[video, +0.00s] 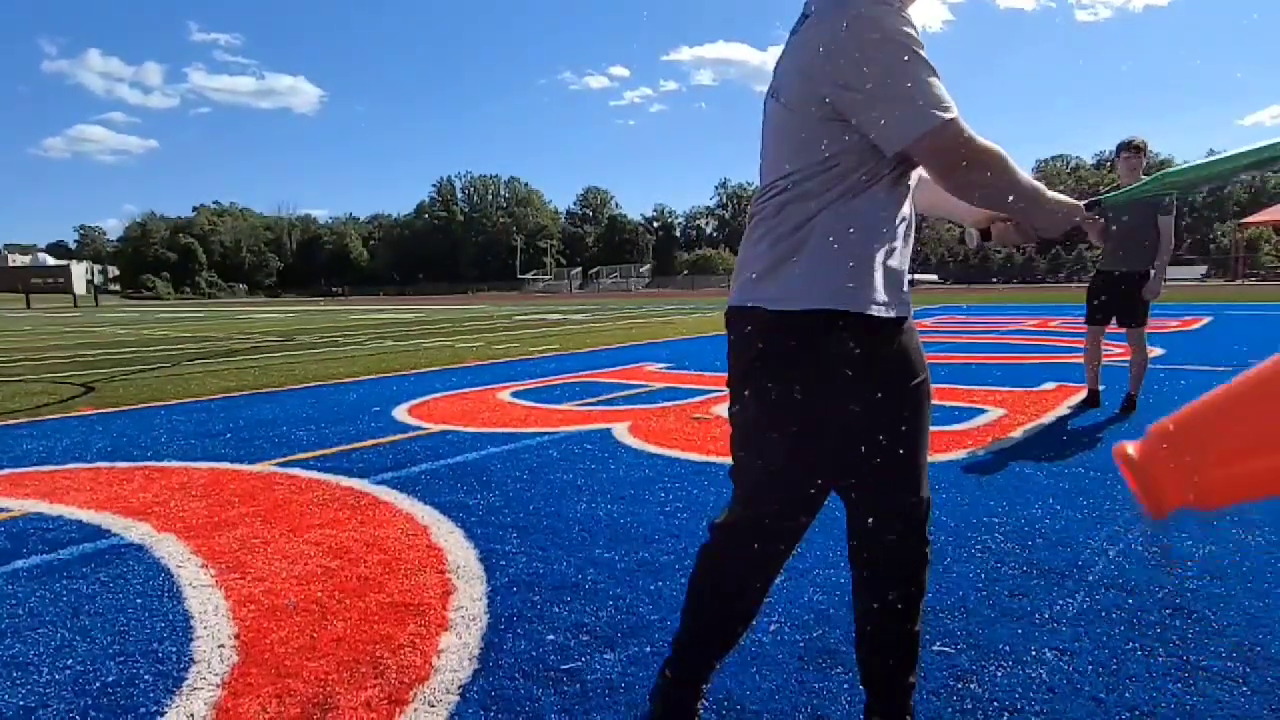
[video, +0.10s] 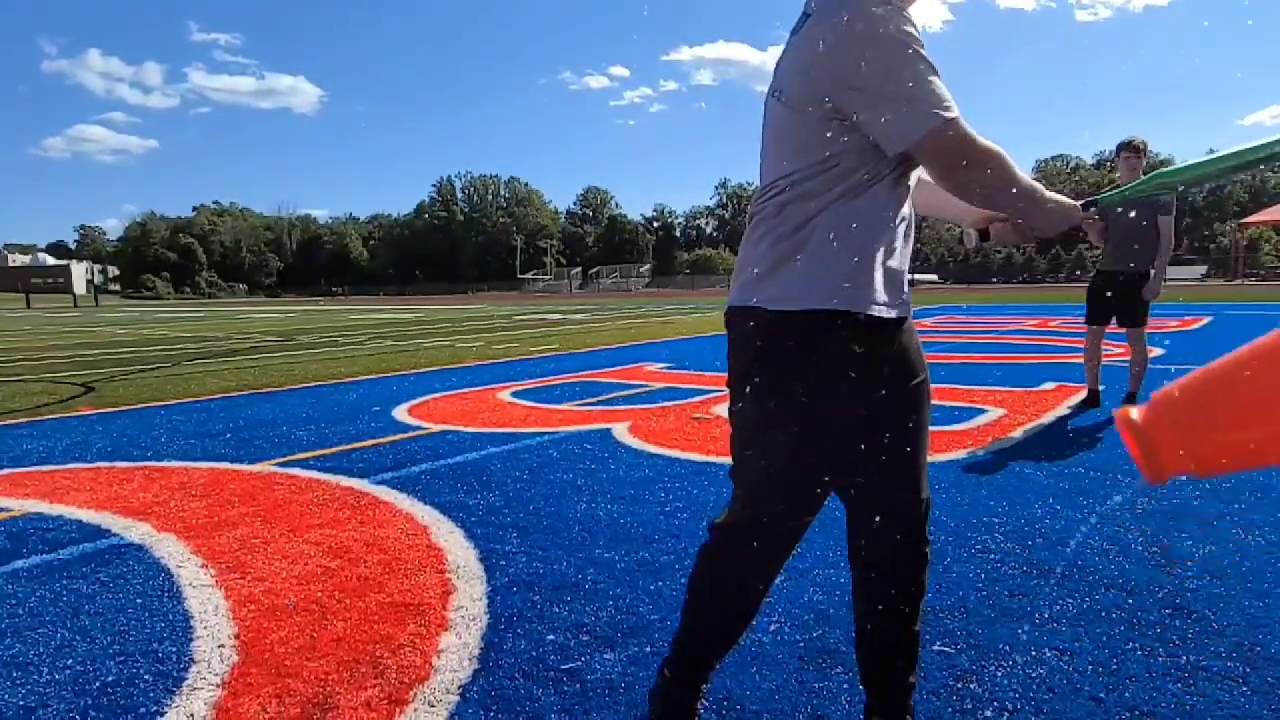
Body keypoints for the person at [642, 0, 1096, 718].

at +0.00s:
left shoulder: (818, 35)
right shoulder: (870, 25)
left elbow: (896, 180)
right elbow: (956, 157)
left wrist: (987, 216)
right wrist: (1050, 204)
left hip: (777, 319)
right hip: (850, 323)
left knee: (763, 518)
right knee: (893, 534)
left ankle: (676, 694)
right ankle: (889, 704)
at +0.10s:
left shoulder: (818, 35)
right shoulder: (870, 26)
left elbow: (898, 183)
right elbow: (961, 160)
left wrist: (987, 217)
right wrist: (1055, 206)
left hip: (776, 320)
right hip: (850, 323)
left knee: (764, 515)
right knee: (893, 532)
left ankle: (676, 693)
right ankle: (889, 707)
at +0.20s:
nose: (923, 0)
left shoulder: (820, 35)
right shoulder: (872, 26)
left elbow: (893, 182)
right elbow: (957, 155)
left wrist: (984, 216)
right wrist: (1048, 204)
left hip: (778, 320)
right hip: (849, 322)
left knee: (764, 516)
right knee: (893, 535)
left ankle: (676, 692)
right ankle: (889, 704)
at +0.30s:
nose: (924, 0)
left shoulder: (821, 35)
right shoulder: (871, 24)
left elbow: (894, 184)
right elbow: (962, 158)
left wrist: (983, 216)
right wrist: (1057, 208)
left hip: (781, 322)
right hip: (845, 323)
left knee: (765, 516)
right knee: (893, 532)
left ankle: (677, 689)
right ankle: (890, 704)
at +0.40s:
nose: (926, 1)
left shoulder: (821, 34)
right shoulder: (874, 25)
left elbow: (890, 183)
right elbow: (963, 160)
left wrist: (978, 215)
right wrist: (1057, 211)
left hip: (778, 321)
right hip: (849, 324)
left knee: (765, 514)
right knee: (893, 532)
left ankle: (676, 691)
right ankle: (890, 705)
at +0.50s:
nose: (928, 3)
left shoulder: (820, 36)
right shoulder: (874, 26)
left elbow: (895, 182)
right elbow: (961, 158)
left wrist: (977, 217)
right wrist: (1052, 211)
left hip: (775, 321)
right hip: (847, 323)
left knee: (764, 515)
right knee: (892, 533)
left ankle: (674, 691)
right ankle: (889, 704)